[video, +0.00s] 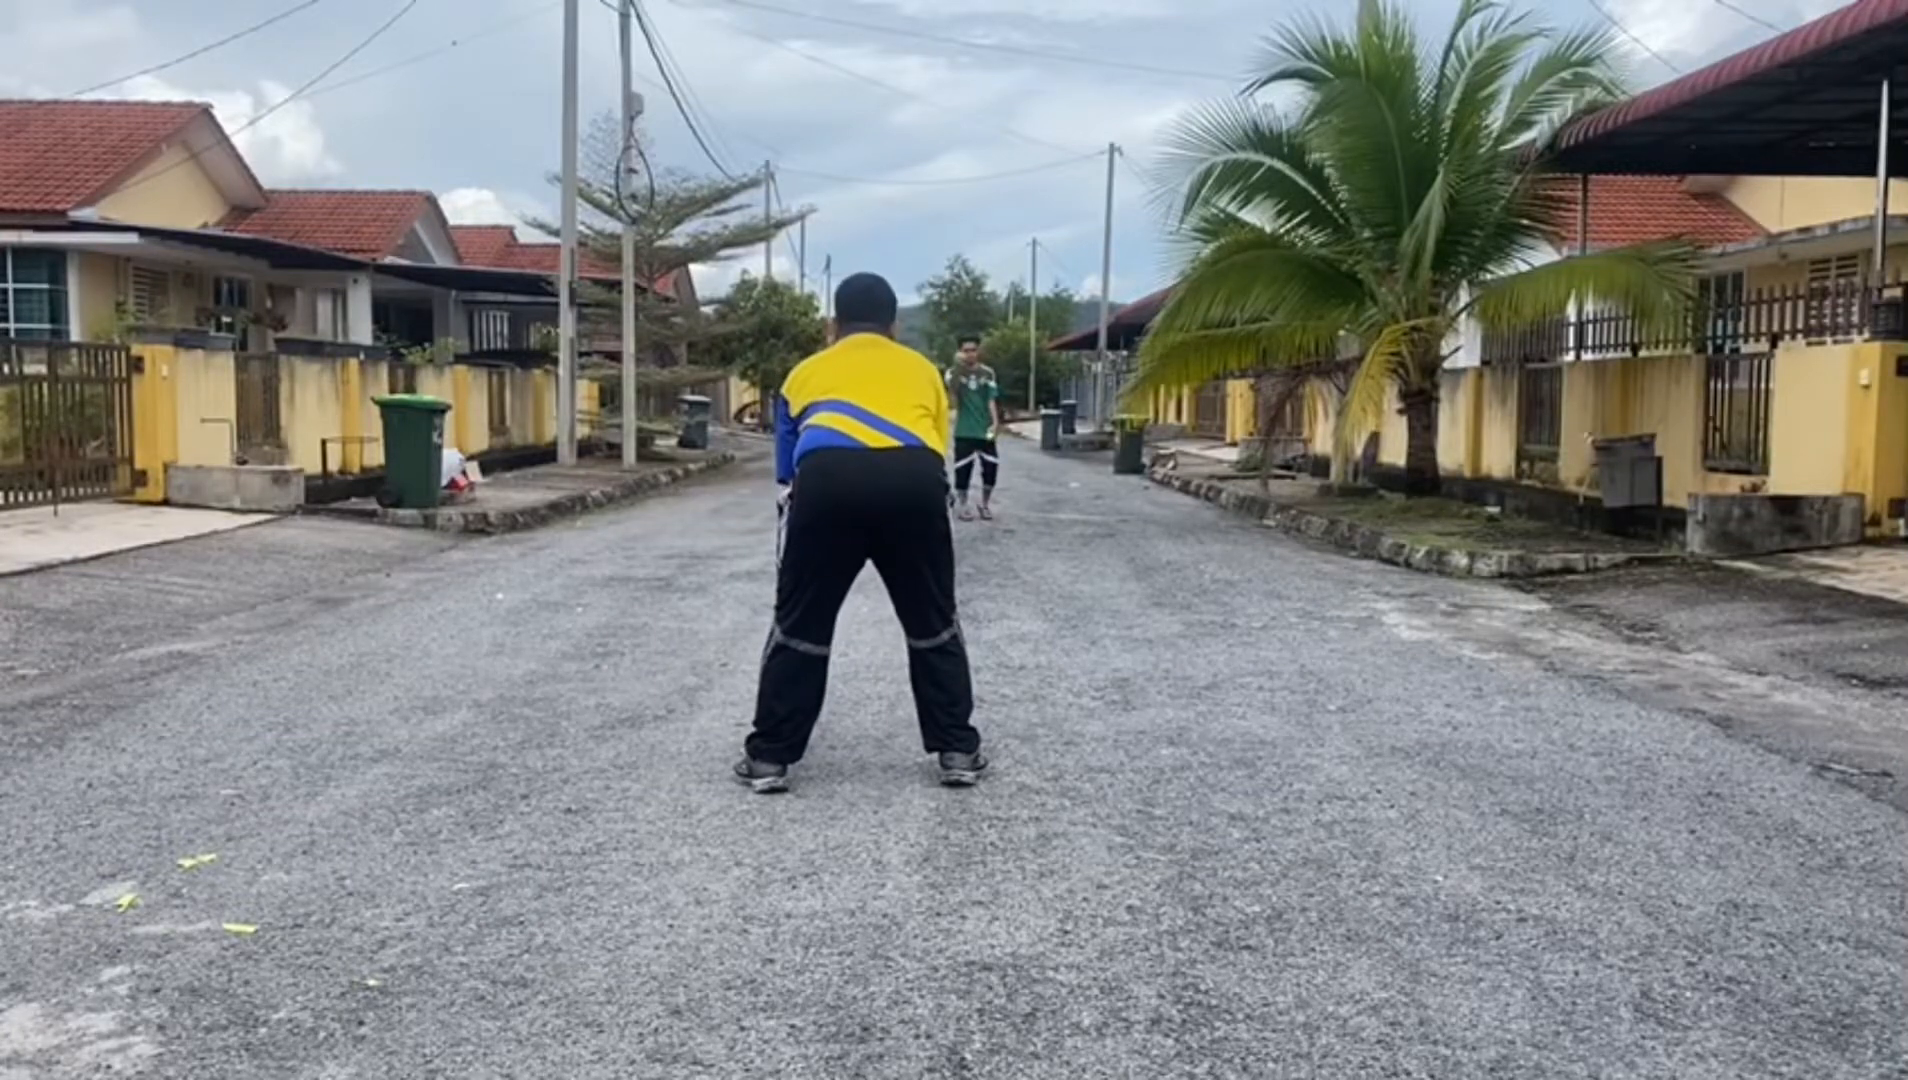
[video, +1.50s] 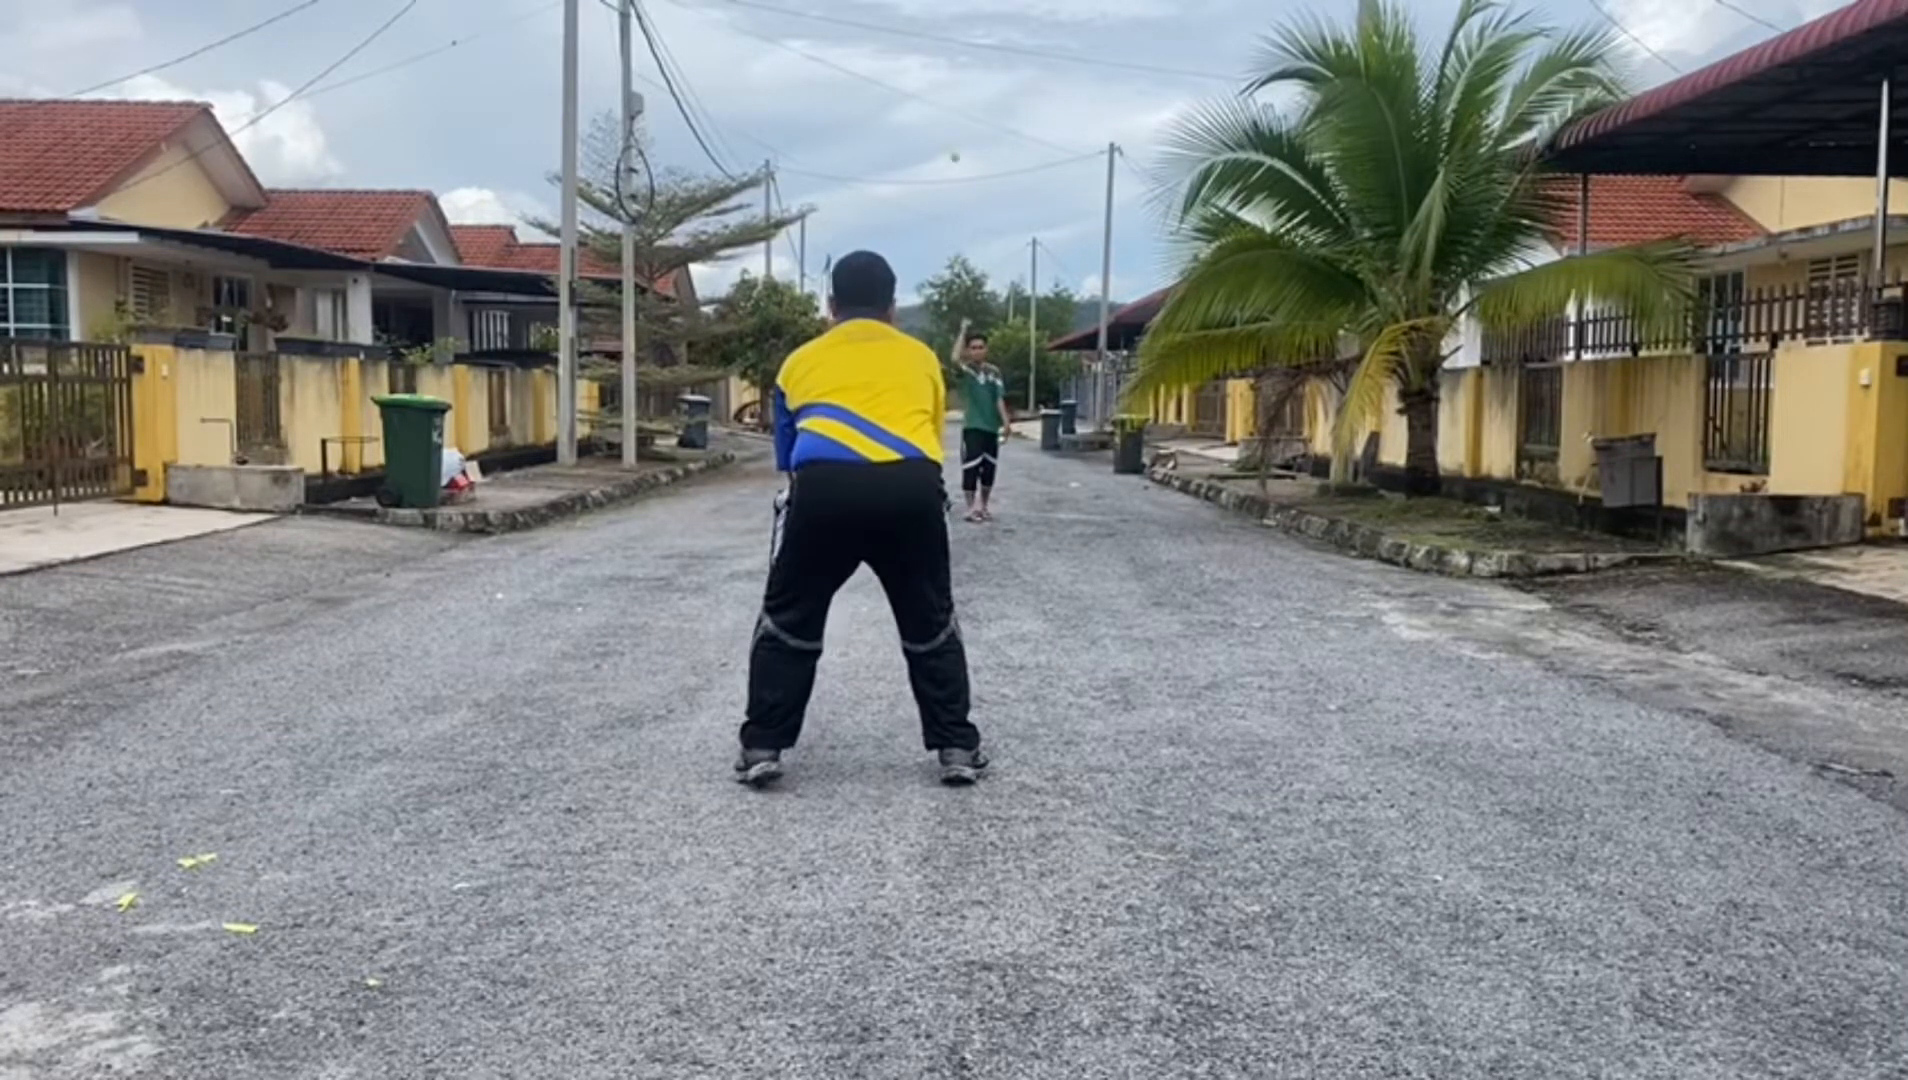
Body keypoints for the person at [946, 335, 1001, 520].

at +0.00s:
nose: (970, 355)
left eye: (973, 350)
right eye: (966, 351)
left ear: (978, 352)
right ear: (959, 353)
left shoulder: (987, 373)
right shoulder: (954, 375)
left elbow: (991, 400)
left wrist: (994, 423)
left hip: (984, 430)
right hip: (964, 430)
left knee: (990, 469)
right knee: (963, 471)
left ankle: (985, 503)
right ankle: (962, 504)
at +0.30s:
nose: (970, 355)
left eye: (973, 351)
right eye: (966, 351)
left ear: (980, 352)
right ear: (961, 354)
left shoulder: (991, 372)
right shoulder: (956, 377)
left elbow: (997, 398)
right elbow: (952, 404)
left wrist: (1001, 422)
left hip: (988, 431)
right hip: (967, 432)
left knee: (987, 474)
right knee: (964, 473)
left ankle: (983, 507)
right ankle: (963, 505)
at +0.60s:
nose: (968, 360)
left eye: (971, 355)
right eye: (964, 356)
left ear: (978, 356)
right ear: (960, 359)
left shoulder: (992, 373)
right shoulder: (962, 378)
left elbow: (1003, 398)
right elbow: (957, 379)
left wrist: (1008, 422)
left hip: (995, 428)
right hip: (975, 428)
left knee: (991, 470)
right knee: (972, 465)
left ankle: (984, 507)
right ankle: (965, 503)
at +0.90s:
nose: (967, 358)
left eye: (970, 354)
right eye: (963, 355)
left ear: (977, 355)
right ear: (959, 359)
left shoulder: (992, 373)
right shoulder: (958, 380)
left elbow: (1003, 398)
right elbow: (960, 405)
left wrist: (1008, 422)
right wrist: (961, 424)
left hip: (996, 427)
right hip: (976, 428)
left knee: (993, 469)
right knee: (975, 466)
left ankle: (985, 508)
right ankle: (971, 507)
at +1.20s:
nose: (973, 352)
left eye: (976, 347)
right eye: (969, 348)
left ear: (982, 349)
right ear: (964, 352)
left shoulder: (993, 370)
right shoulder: (963, 372)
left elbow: (1000, 397)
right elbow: (960, 375)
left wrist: (1007, 420)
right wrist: (965, 364)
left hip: (993, 426)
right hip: (974, 426)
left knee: (991, 468)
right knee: (972, 466)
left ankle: (984, 506)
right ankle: (970, 506)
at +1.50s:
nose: (977, 351)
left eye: (981, 347)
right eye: (973, 348)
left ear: (986, 350)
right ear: (967, 351)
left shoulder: (993, 372)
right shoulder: (965, 372)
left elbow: (999, 400)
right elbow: (955, 358)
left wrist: (1005, 422)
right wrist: (962, 334)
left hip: (992, 426)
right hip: (973, 425)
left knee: (989, 468)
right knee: (971, 467)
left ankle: (984, 506)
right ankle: (971, 507)